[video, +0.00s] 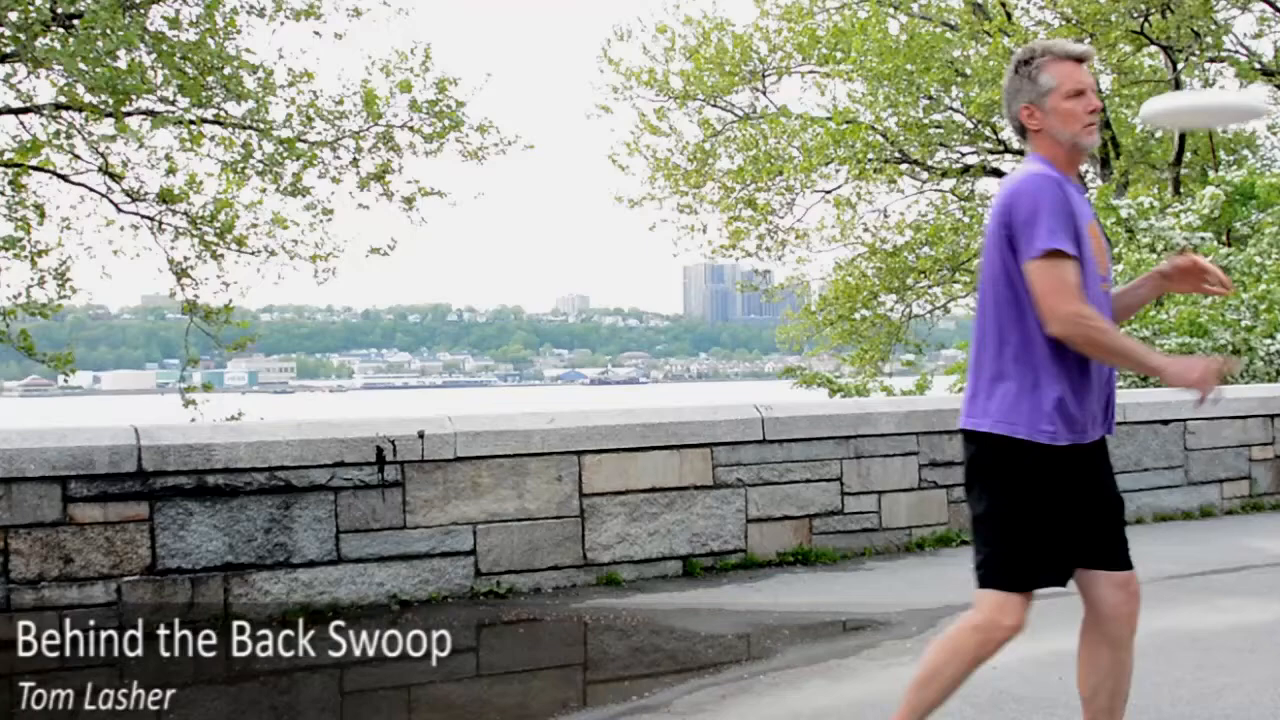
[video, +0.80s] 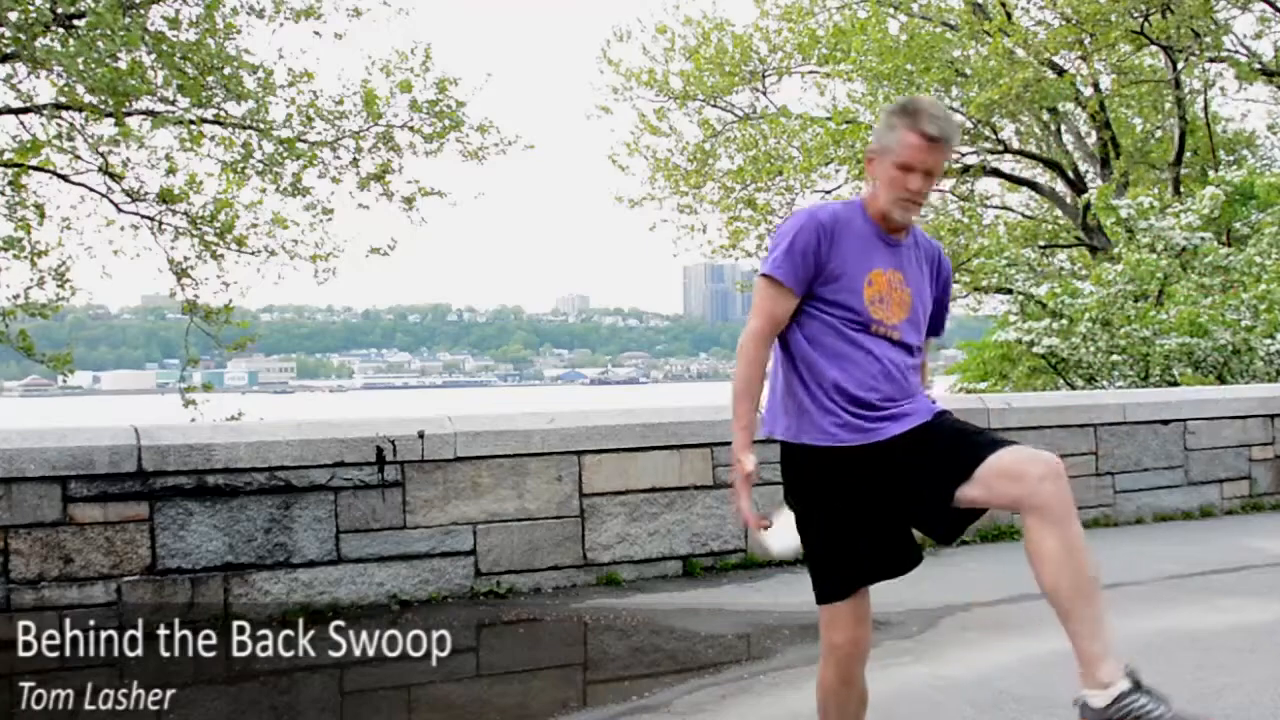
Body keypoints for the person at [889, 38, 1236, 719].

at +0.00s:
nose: (1094, 105)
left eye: (1093, 92)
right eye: (1075, 95)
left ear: (1094, 102)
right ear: (1032, 117)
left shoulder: (1070, 194)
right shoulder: (1034, 188)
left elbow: (1092, 314)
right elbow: (1063, 317)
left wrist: (1157, 281)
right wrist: (1168, 368)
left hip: (1075, 438)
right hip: (1013, 436)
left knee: (1115, 601)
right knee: (999, 614)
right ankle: (902, 714)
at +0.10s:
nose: (1080, 114)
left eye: (1080, 101)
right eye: (1064, 102)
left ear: (1038, 114)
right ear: (1018, 114)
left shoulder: (1051, 198)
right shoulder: (1005, 187)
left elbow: (1067, 321)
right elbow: (1016, 314)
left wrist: (1138, 283)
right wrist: (1127, 381)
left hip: (1057, 438)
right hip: (992, 436)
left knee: (1101, 603)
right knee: (969, 614)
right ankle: (882, 716)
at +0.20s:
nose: (1051, 133)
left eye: (1053, 119)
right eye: (1039, 118)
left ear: (1014, 123)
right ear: (993, 119)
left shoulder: (1014, 215)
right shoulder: (956, 192)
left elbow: (1032, 341)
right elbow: (939, 315)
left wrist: (1124, 308)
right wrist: (1039, 400)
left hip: (1017, 444)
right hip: (944, 444)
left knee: (1081, 604)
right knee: (916, 622)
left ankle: (1095, 719)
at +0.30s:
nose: (1020, 156)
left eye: (1023, 142)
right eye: (1011, 139)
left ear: (986, 143)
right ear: (966, 136)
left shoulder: (987, 237)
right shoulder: (907, 208)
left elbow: (990, 362)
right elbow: (869, 323)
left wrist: (1100, 375)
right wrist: (949, 425)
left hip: (986, 451)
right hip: (897, 454)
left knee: (1073, 594)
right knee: (887, 637)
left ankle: (1088, 718)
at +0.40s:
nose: (1002, 173)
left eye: (1005, 159)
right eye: (993, 157)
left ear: (960, 156)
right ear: (947, 152)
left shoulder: (968, 254)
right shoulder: (882, 218)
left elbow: (973, 376)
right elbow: (826, 328)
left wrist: (1070, 430)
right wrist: (865, 444)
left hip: (953, 445)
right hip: (869, 454)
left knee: (1060, 560)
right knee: (877, 638)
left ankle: (1061, 716)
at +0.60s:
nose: (978, 211)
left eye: (984, 198)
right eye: (972, 193)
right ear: (925, 175)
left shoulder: (941, 272)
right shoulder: (854, 230)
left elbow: (945, 387)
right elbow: (785, 339)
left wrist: (1000, 491)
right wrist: (757, 453)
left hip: (908, 439)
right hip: (828, 457)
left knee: (1040, 475)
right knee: (848, 643)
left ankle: (1103, 681)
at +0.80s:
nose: (919, 187)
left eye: (931, 174)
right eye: (907, 169)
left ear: (941, 175)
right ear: (871, 160)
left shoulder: (931, 261)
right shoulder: (814, 230)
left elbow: (915, 368)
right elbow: (757, 338)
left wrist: (936, 448)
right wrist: (742, 449)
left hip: (909, 438)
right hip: (826, 454)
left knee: (1041, 477)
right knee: (846, 644)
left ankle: (1104, 684)